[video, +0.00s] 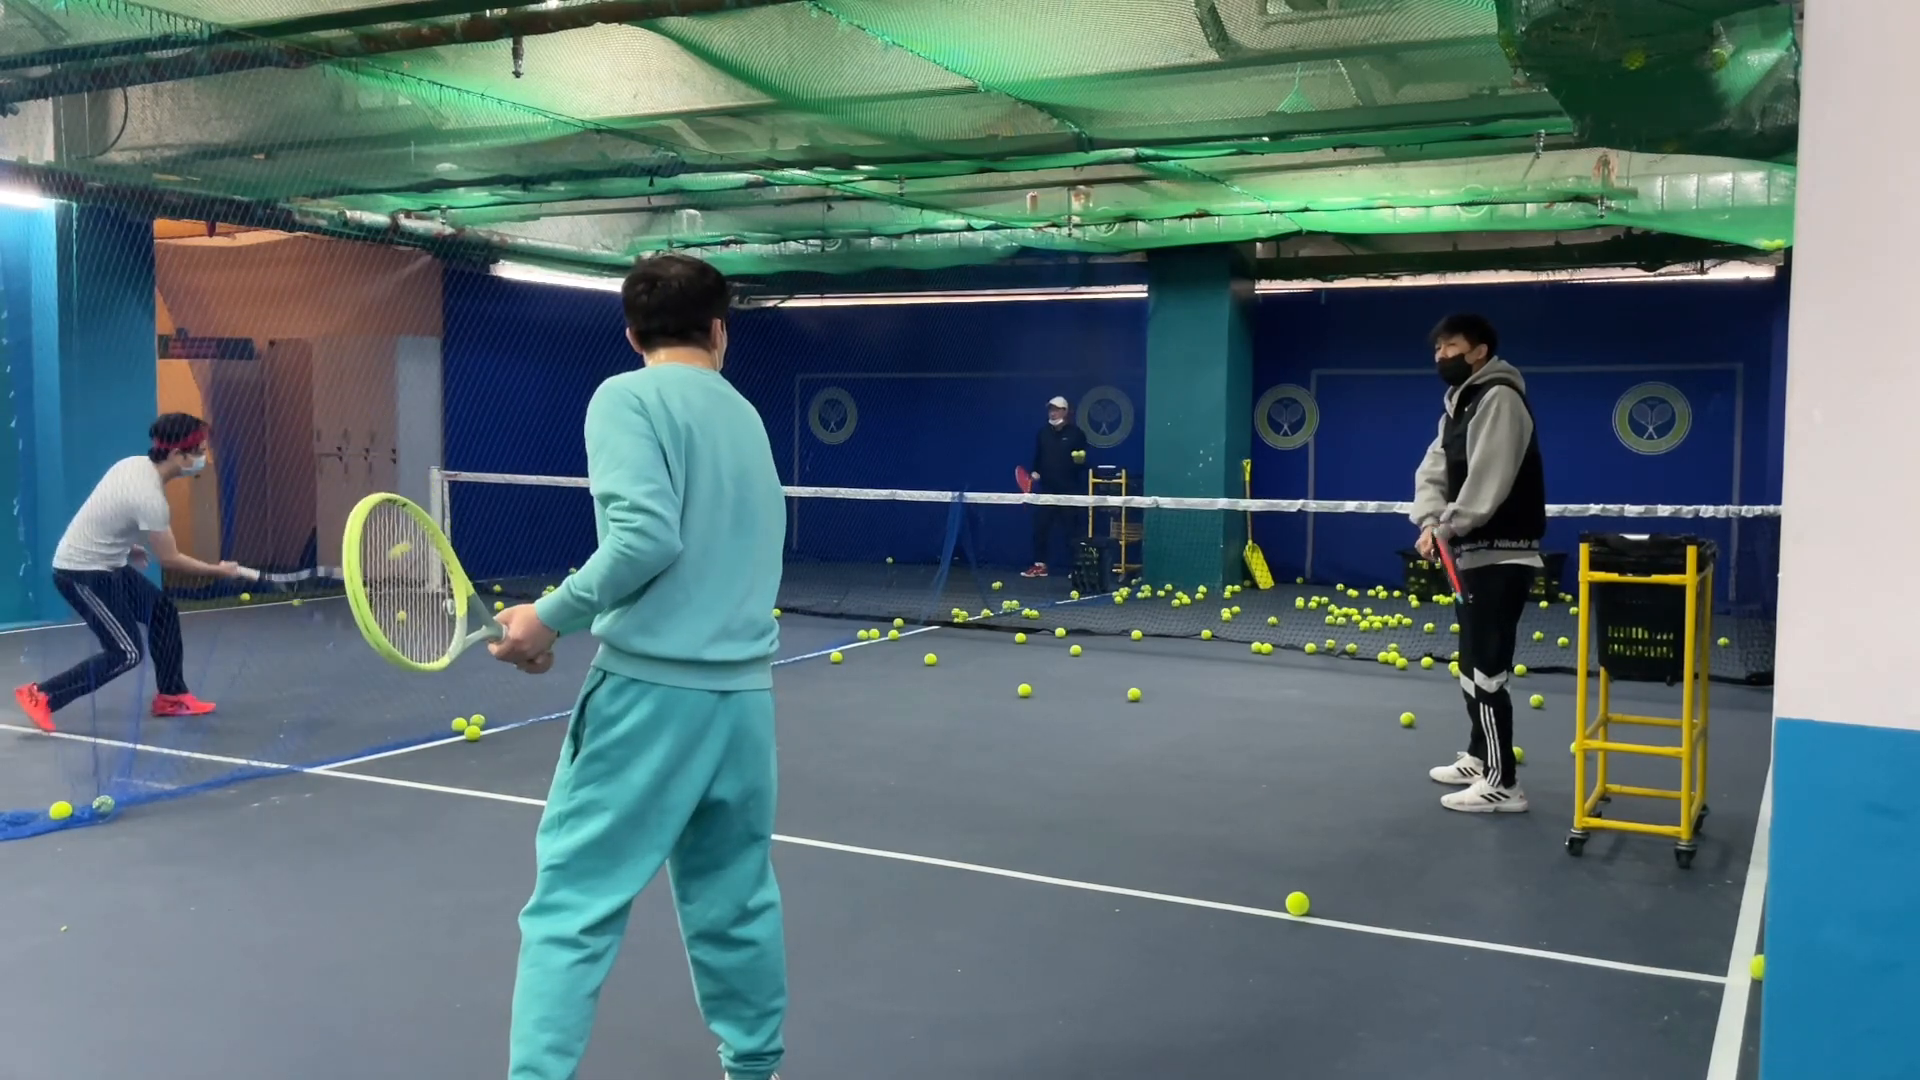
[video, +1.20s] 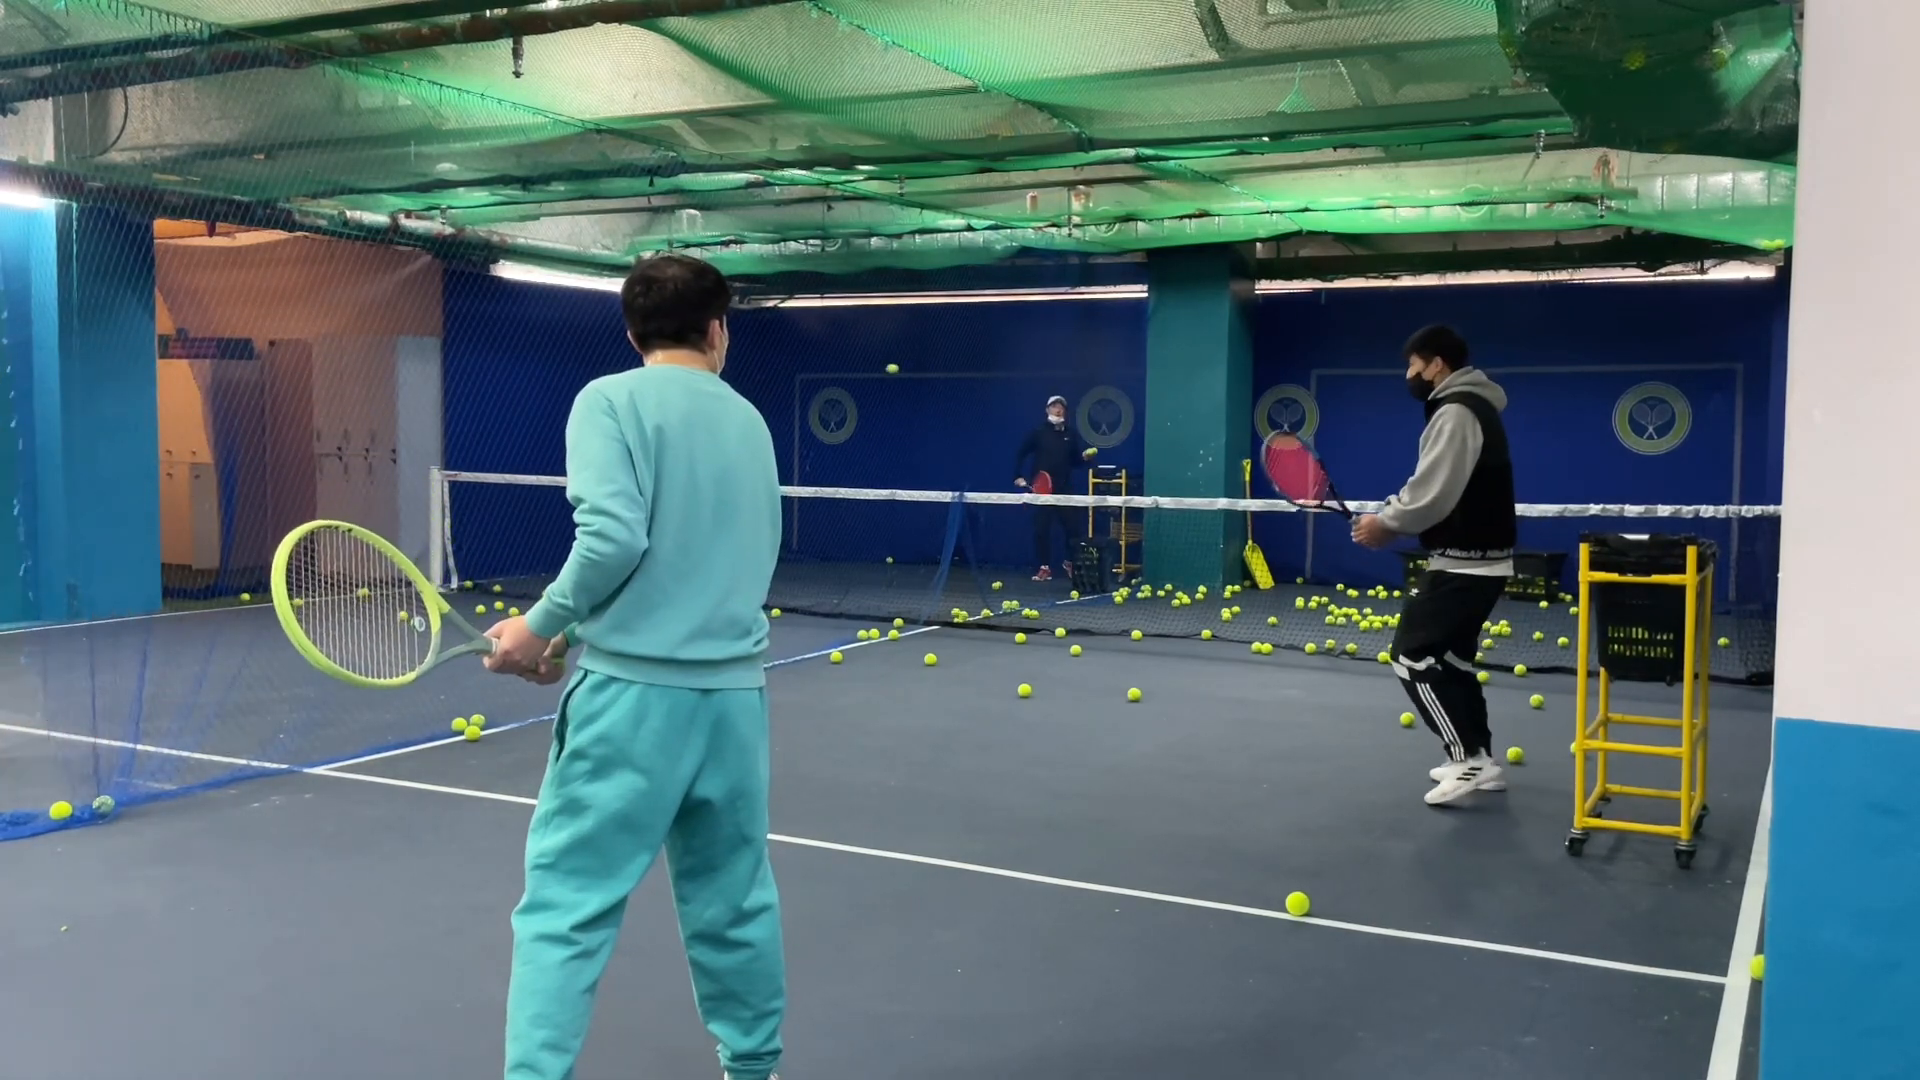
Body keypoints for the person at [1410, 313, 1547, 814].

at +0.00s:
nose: (1442, 356)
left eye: (1452, 346)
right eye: (1438, 350)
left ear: (1482, 349)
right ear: (1440, 359)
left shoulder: (1500, 398)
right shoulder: (1459, 402)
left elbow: (1490, 476)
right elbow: (1433, 469)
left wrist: (1448, 526)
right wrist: (1430, 519)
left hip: (1503, 556)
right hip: (1475, 555)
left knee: (1487, 673)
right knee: (1472, 667)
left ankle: (1501, 786)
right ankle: (1482, 760)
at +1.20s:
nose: (1409, 375)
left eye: (1413, 365)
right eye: (1409, 367)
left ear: (1438, 364)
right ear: (1447, 365)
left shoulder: (1456, 414)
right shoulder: (1473, 409)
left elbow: (1434, 490)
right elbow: (1441, 488)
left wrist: (1387, 523)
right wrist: (1388, 516)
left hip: (1463, 565)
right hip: (1482, 563)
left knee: (1412, 658)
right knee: (1452, 659)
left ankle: (1468, 760)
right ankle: (1479, 759)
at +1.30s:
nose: (1401, 376)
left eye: (1404, 366)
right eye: (1400, 367)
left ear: (1426, 363)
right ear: (1439, 363)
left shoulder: (1446, 413)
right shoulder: (1465, 407)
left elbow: (1424, 490)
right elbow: (1433, 488)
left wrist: (1374, 518)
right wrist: (1378, 514)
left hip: (1455, 565)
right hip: (1479, 564)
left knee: (1405, 659)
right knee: (1451, 658)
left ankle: (1436, 769)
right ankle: (1481, 762)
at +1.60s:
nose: (1374, 378)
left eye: (1374, 369)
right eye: (1373, 369)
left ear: (1390, 366)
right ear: (1414, 363)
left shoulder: (1408, 413)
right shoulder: (1437, 409)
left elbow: (1381, 492)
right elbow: (1407, 496)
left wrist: (1337, 508)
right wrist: (1352, 521)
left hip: (1418, 571)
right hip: (1448, 570)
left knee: (1386, 673)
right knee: (1425, 666)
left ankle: (1421, 778)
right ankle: (1467, 754)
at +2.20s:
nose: (1285, 386)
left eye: (1284, 377)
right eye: (1284, 378)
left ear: (1297, 373)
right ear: (1323, 369)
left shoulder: (1318, 415)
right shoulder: (1344, 412)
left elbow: (1291, 488)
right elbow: (1312, 500)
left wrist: (1242, 506)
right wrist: (1254, 520)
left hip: (1332, 566)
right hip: (1354, 565)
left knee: (1271, 654)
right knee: (1318, 662)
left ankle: (1326, 752)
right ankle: (1357, 761)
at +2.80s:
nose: (1154, 401)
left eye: (1152, 392)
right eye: (1151, 395)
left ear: (1163, 382)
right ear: (1180, 377)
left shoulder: (1205, 409)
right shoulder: (1197, 414)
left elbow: (1182, 471)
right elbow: (1170, 497)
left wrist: (1120, 476)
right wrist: (1119, 501)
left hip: (1222, 559)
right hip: (1218, 558)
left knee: (1162, 655)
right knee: (1185, 649)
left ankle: (1179, 770)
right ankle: (1229, 742)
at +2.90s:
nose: (1140, 404)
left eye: (1137, 394)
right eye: (1136, 397)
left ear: (1147, 382)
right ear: (1164, 379)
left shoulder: (1195, 406)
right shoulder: (1182, 414)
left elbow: (1175, 468)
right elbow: (1157, 495)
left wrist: (1114, 467)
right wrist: (1109, 494)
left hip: (1214, 556)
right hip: (1208, 555)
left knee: (1160, 654)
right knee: (1178, 651)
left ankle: (1178, 771)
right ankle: (1196, 747)